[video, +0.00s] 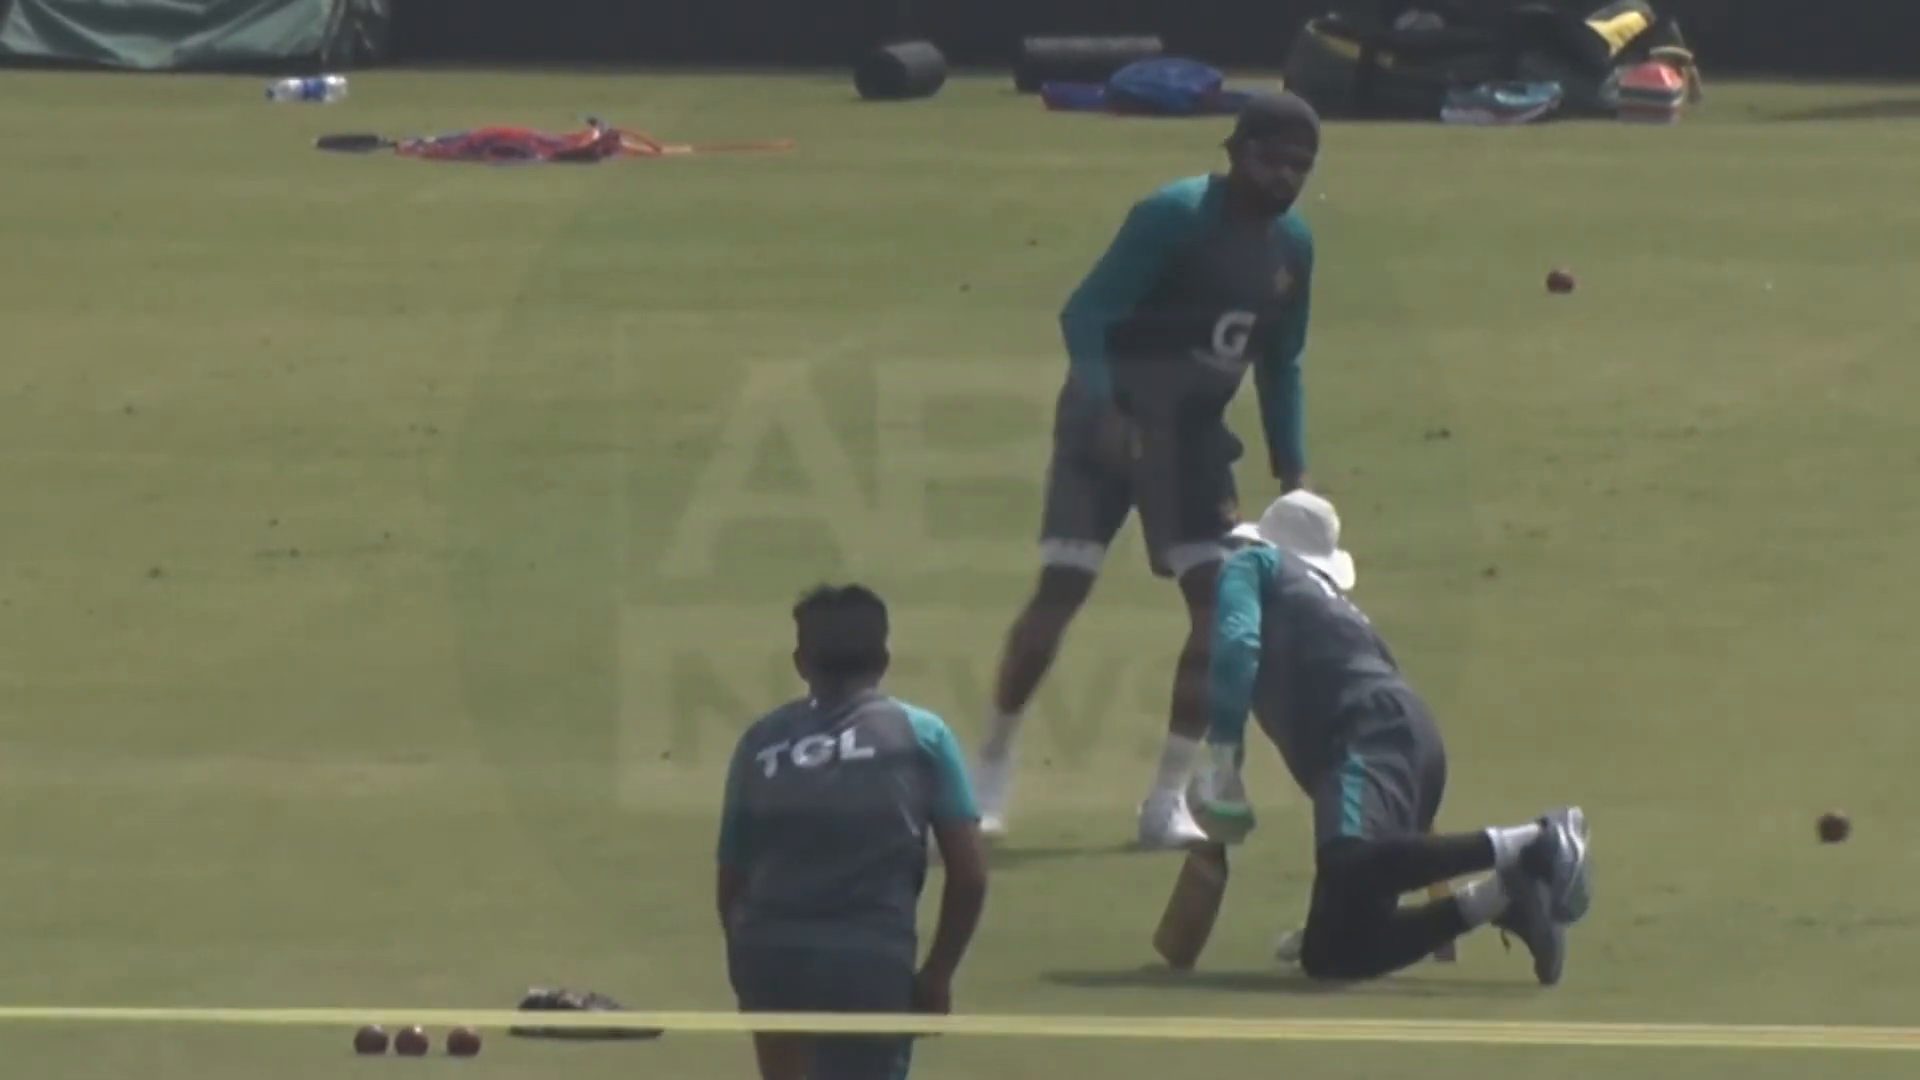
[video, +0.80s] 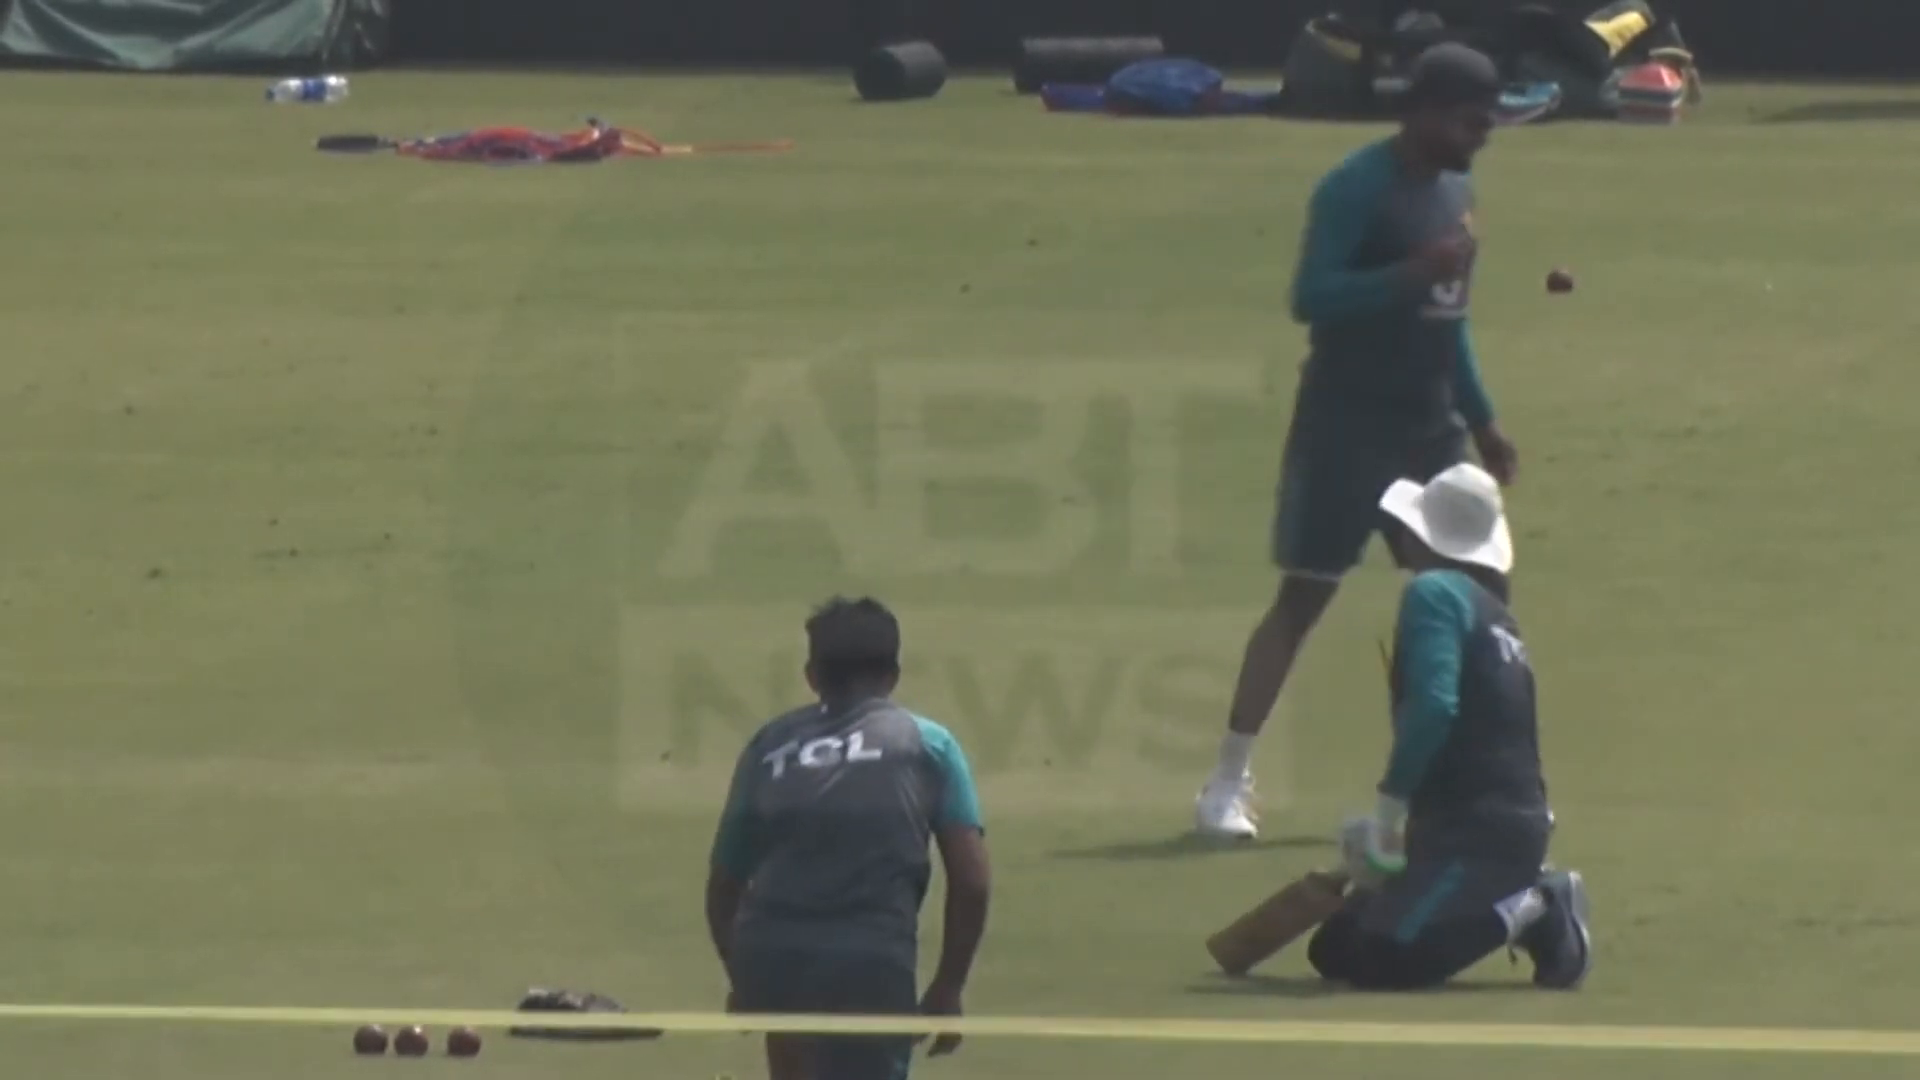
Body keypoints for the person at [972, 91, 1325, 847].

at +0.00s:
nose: (1285, 177)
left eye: (1299, 166)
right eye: (1273, 160)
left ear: (1309, 172)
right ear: (1237, 152)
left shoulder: (1291, 246)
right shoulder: (1172, 216)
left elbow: (1280, 365)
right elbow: (1082, 313)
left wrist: (1293, 480)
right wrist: (1100, 412)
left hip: (1188, 427)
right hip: (1105, 411)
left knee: (1218, 607)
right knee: (1064, 585)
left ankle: (1168, 803)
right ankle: (992, 762)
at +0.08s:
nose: (1281, 160)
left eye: (1297, 147)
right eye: (1268, 142)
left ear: (1313, 152)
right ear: (1237, 136)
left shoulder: (1300, 234)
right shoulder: (1177, 203)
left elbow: (1292, 354)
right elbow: (1092, 306)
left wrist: (1297, 464)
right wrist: (1124, 404)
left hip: (1213, 420)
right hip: (1126, 408)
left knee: (1226, 607)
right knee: (1103, 586)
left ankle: (1172, 798)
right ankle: (1075, 749)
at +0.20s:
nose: (1290, 140)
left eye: (1304, 128)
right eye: (1277, 124)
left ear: (1318, 132)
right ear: (1244, 115)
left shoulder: (1311, 214)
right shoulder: (1186, 194)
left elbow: (1303, 342)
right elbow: (1111, 300)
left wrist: (1305, 450)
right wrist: (1150, 393)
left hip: (1245, 420)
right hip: (1160, 415)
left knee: (1236, 608)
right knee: (1164, 599)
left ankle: (1175, 799)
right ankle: (1187, 770)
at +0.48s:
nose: (1320, 120)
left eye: (1337, 107)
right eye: (1306, 103)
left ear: (1355, 111)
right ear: (1280, 100)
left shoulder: (1352, 192)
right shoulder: (1225, 194)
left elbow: (1350, 321)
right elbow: (1171, 310)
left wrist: (1362, 424)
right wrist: (1224, 393)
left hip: (1323, 419)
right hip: (1236, 422)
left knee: (1327, 599)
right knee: (1234, 600)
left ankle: (1295, 778)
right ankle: (1217, 782)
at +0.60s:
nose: (1361, 121)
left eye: (1376, 107)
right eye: (1346, 104)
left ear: (1393, 109)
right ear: (1315, 100)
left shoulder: (1383, 184)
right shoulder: (1260, 183)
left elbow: (1383, 312)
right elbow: (1202, 291)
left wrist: (1406, 415)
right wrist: (1279, 348)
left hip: (1354, 414)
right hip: (1264, 415)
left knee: (1387, 590)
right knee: (1248, 596)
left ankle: (1370, 787)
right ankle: (1219, 785)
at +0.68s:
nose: (1408, 124)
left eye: (1420, 111)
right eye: (1396, 107)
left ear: (1429, 113)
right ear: (1356, 99)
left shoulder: (1411, 190)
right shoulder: (1291, 184)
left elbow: (1406, 314)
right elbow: (1234, 291)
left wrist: (1439, 416)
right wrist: (1336, 312)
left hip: (1380, 423)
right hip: (1290, 424)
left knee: (1424, 595)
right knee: (1258, 596)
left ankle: (1422, 791)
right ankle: (1220, 784)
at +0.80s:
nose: (1481, 139)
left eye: (1485, 125)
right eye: (1471, 124)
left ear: (1468, 119)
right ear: (1425, 114)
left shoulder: (1452, 191)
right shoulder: (1351, 189)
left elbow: (1446, 319)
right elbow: (1310, 298)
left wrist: (1483, 422)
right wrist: (1415, 274)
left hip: (1430, 423)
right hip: (1347, 421)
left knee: (1459, 603)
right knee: (1301, 600)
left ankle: (1453, 800)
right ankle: (1227, 783)